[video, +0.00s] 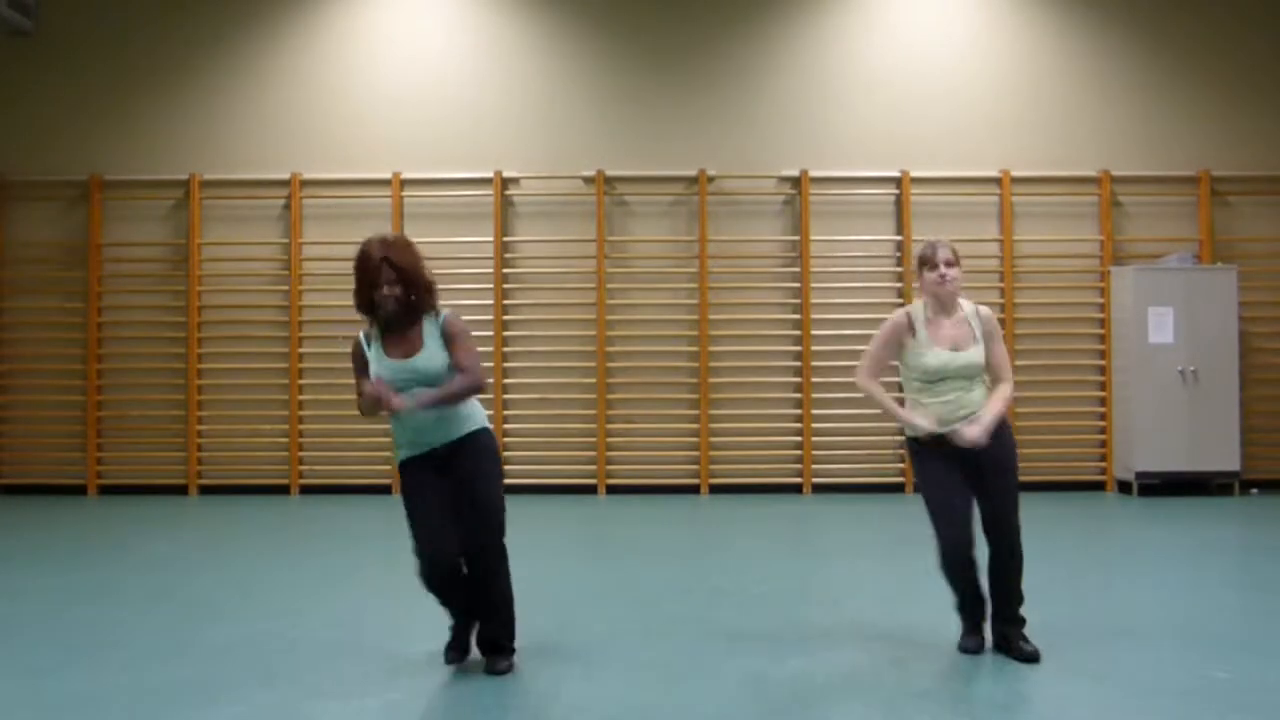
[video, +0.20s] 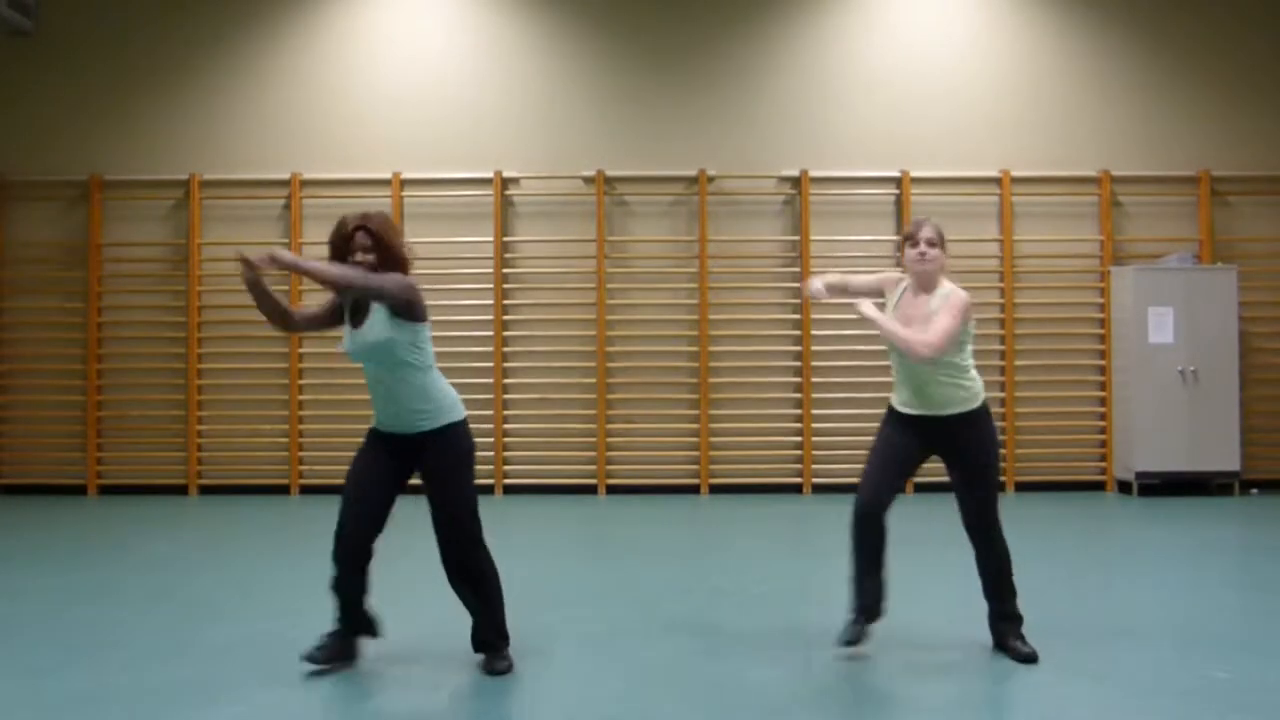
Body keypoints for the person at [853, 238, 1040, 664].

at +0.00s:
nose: (943, 273)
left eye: (950, 265)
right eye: (933, 268)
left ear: (961, 272)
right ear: (919, 278)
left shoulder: (982, 318)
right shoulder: (902, 324)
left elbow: (1005, 382)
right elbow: (864, 377)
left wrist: (984, 424)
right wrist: (905, 416)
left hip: (987, 433)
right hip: (933, 442)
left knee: (1005, 537)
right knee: (955, 544)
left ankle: (1009, 629)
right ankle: (972, 622)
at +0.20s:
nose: (924, 251)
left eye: (932, 245)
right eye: (916, 244)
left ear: (945, 254)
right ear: (903, 253)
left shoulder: (957, 300)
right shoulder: (892, 286)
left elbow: (927, 347)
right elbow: (841, 283)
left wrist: (876, 316)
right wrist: (822, 284)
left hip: (964, 421)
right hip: (907, 419)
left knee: (983, 525)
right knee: (867, 507)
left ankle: (1008, 630)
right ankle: (865, 612)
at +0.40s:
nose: (887, 257)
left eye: (896, 251)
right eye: (880, 251)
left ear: (912, 259)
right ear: (871, 259)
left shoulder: (918, 304)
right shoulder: (862, 295)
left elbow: (861, 323)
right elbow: (812, 289)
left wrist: (798, 291)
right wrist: (773, 270)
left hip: (909, 434)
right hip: (852, 428)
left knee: (937, 537)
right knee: (827, 530)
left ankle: (1007, 627)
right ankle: (823, 631)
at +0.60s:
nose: (844, 253)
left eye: (853, 247)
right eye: (837, 246)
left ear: (867, 256)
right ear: (826, 254)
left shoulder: (877, 303)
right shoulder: (816, 297)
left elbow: (872, 371)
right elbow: (799, 349)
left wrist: (807, 374)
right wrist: (782, 355)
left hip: (865, 430)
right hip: (813, 426)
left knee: (844, 533)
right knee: (806, 534)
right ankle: (823, 630)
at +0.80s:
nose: (806, 240)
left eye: (817, 234)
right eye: (799, 233)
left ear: (832, 247)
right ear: (789, 242)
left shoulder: (833, 286)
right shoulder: (780, 281)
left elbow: (778, 305)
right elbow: (744, 287)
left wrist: (737, 261)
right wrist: (716, 266)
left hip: (836, 425)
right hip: (780, 424)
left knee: (854, 529)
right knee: (728, 513)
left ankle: (873, 636)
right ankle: (746, 611)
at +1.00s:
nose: (757, 255)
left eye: (767, 250)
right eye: (749, 249)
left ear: (784, 264)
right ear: (738, 257)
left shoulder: (785, 304)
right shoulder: (727, 292)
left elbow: (730, 270)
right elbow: (688, 261)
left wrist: (680, 225)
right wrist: (646, 234)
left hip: (782, 441)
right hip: (721, 441)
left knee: (825, 536)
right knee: (686, 541)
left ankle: (873, 633)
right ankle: (644, 638)